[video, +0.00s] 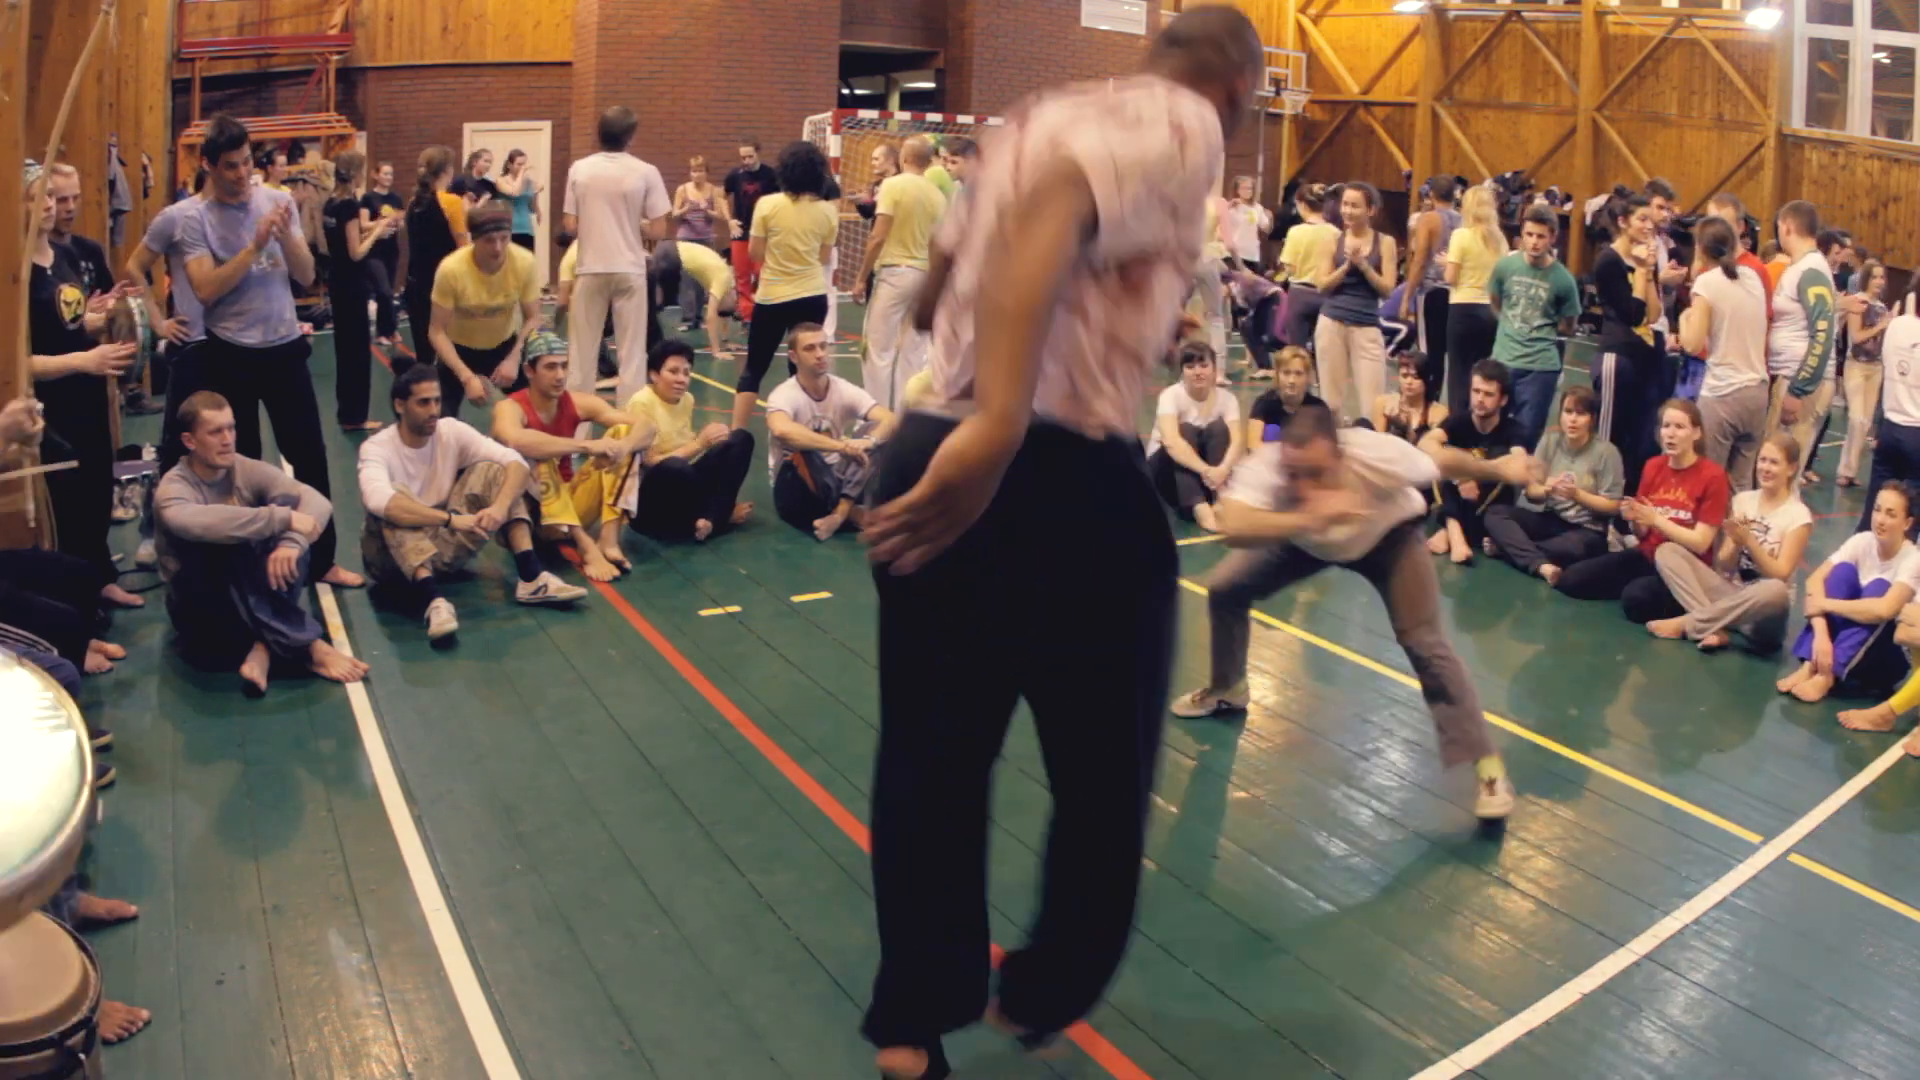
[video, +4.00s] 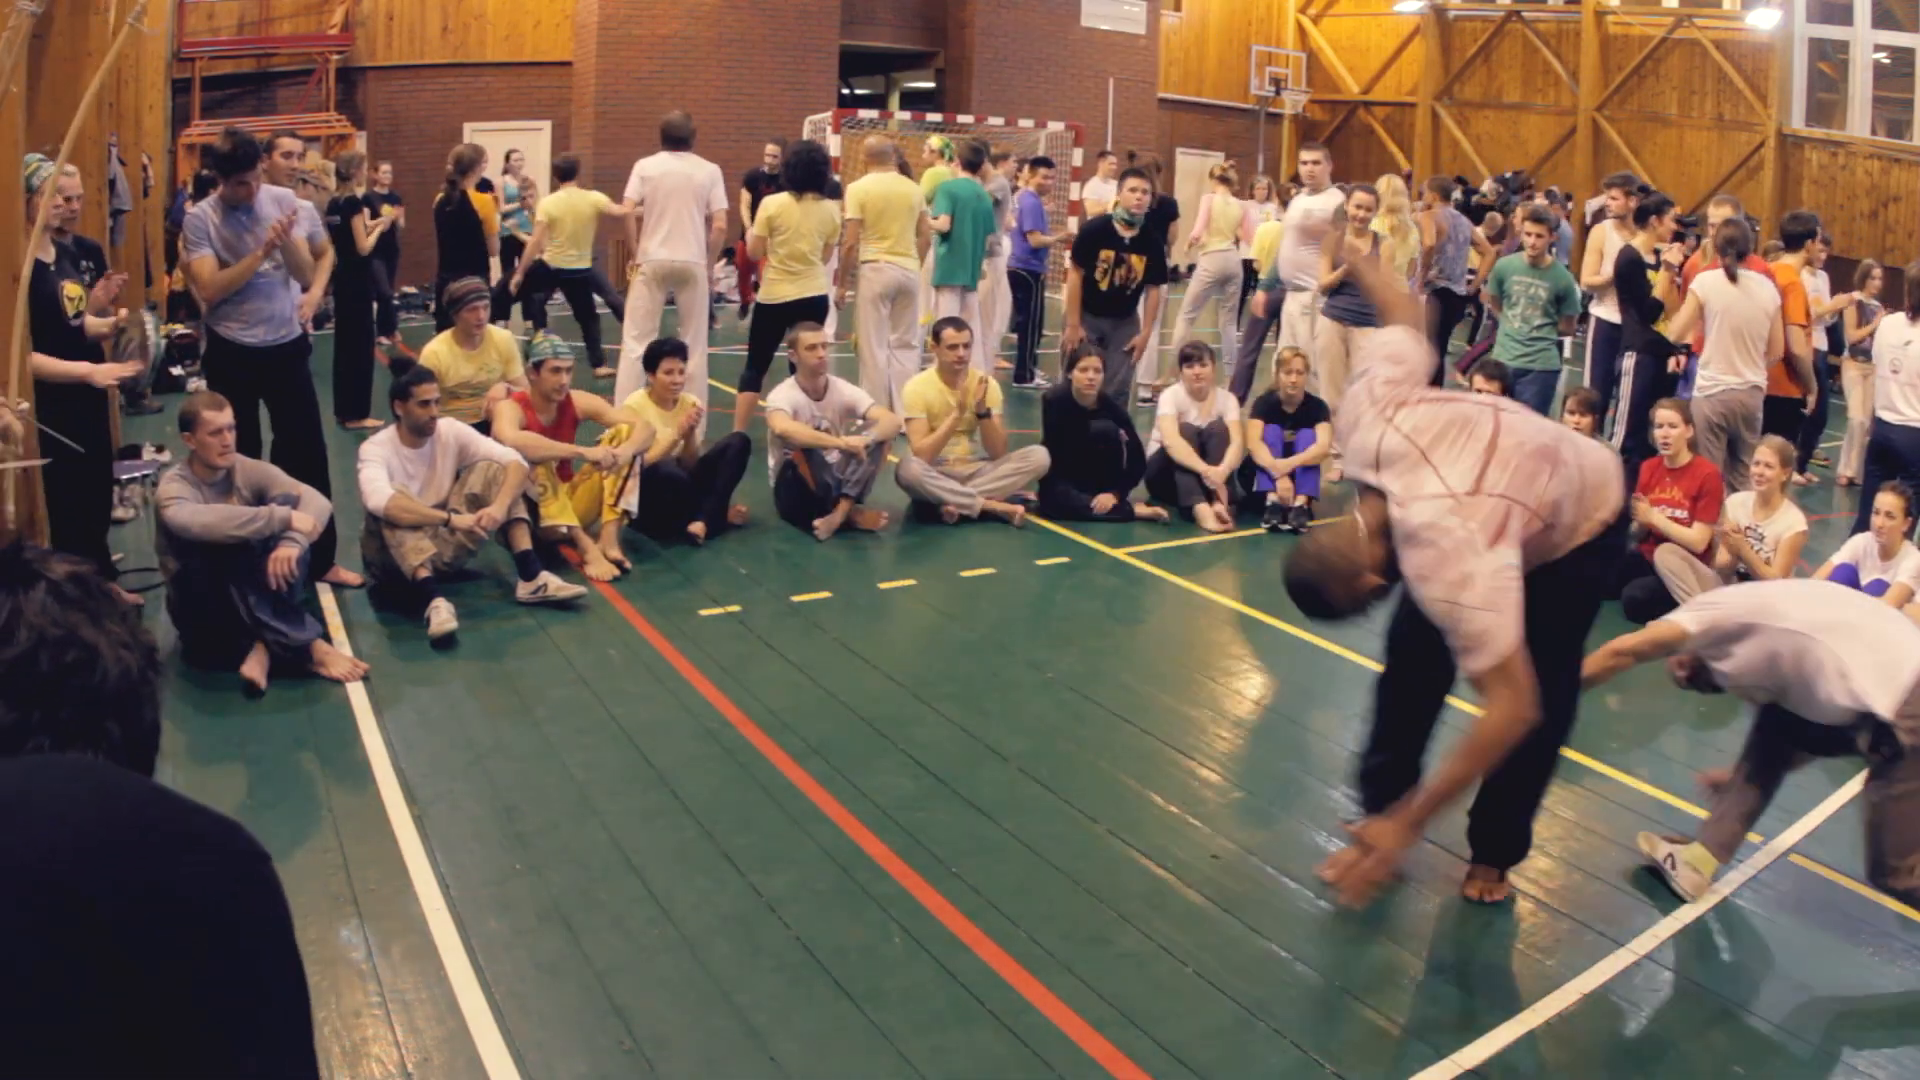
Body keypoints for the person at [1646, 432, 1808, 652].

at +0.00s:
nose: (1765, 468)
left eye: (1774, 462)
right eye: (1762, 460)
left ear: (1792, 469)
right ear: (1756, 463)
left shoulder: (1799, 515)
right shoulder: (1742, 500)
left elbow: (1781, 573)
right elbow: (1722, 565)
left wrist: (1747, 540)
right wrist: (1736, 541)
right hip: (1727, 590)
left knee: (1775, 590)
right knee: (1667, 552)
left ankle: (1685, 624)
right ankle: (1712, 629)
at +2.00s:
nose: (1756, 470)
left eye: (1766, 465)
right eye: (1753, 462)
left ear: (1784, 475)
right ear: (1747, 465)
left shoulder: (1794, 521)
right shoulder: (1734, 502)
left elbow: (1776, 579)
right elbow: (1720, 567)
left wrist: (1741, 550)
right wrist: (1732, 553)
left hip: (1760, 605)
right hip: (1725, 593)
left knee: (1775, 594)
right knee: (1666, 552)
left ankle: (1685, 625)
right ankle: (1712, 629)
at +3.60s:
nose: (1757, 471)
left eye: (1766, 465)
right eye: (1754, 463)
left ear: (1784, 473)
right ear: (1748, 466)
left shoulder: (1794, 521)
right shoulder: (1734, 502)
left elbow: (1776, 578)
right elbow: (1720, 567)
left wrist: (1743, 551)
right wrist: (1730, 549)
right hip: (1726, 589)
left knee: (1774, 594)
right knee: (1685, 555)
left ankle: (1690, 624)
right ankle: (1709, 631)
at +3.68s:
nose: (1758, 471)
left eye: (1767, 465)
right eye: (1755, 463)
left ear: (1785, 473)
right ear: (1748, 466)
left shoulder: (1794, 521)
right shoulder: (1734, 502)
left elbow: (1777, 576)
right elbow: (1721, 546)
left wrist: (1742, 547)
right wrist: (1722, 536)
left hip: (1765, 589)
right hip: (1728, 582)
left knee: (1773, 591)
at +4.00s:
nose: (1759, 472)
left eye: (1769, 466)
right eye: (1756, 464)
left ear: (1785, 474)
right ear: (1749, 466)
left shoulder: (1794, 522)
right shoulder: (1735, 502)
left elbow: (1776, 579)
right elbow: (1720, 564)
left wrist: (1742, 549)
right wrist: (1733, 547)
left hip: (1764, 601)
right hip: (1727, 589)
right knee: (1666, 554)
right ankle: (1707, 620)